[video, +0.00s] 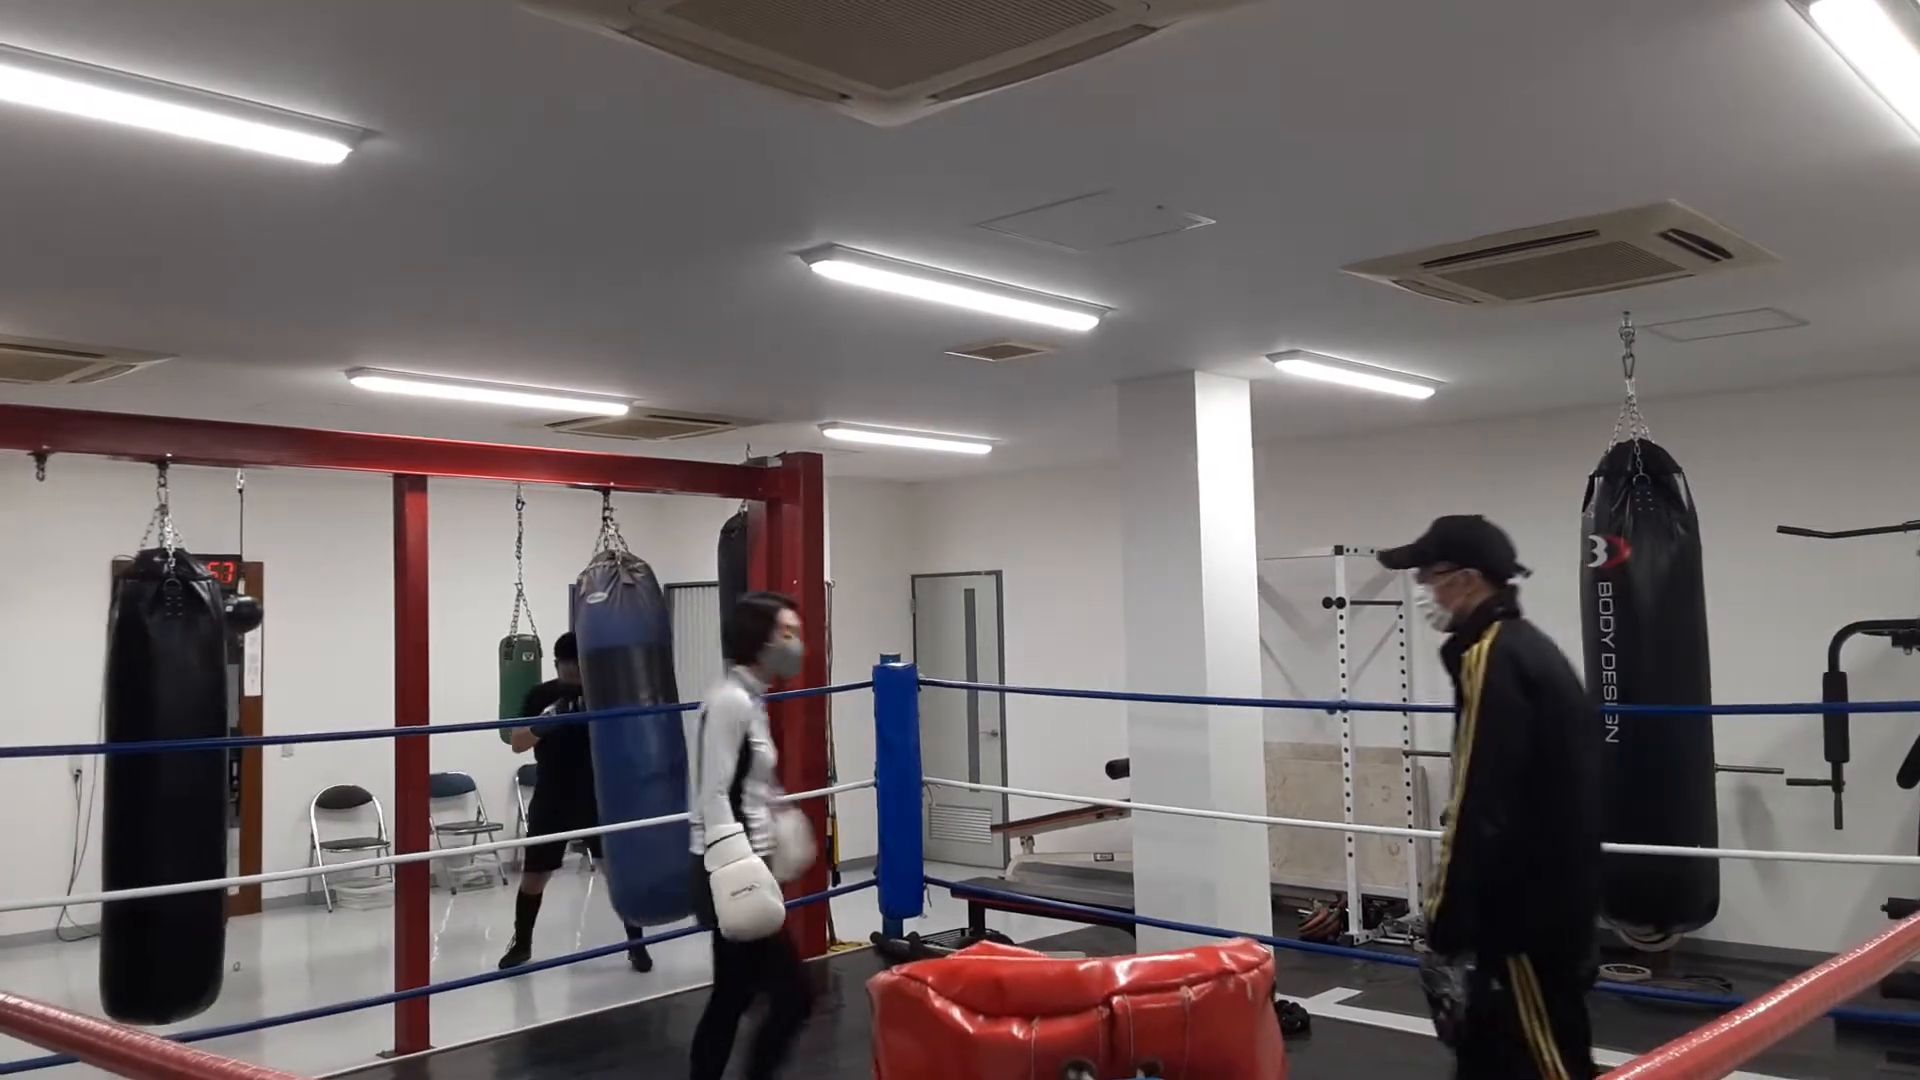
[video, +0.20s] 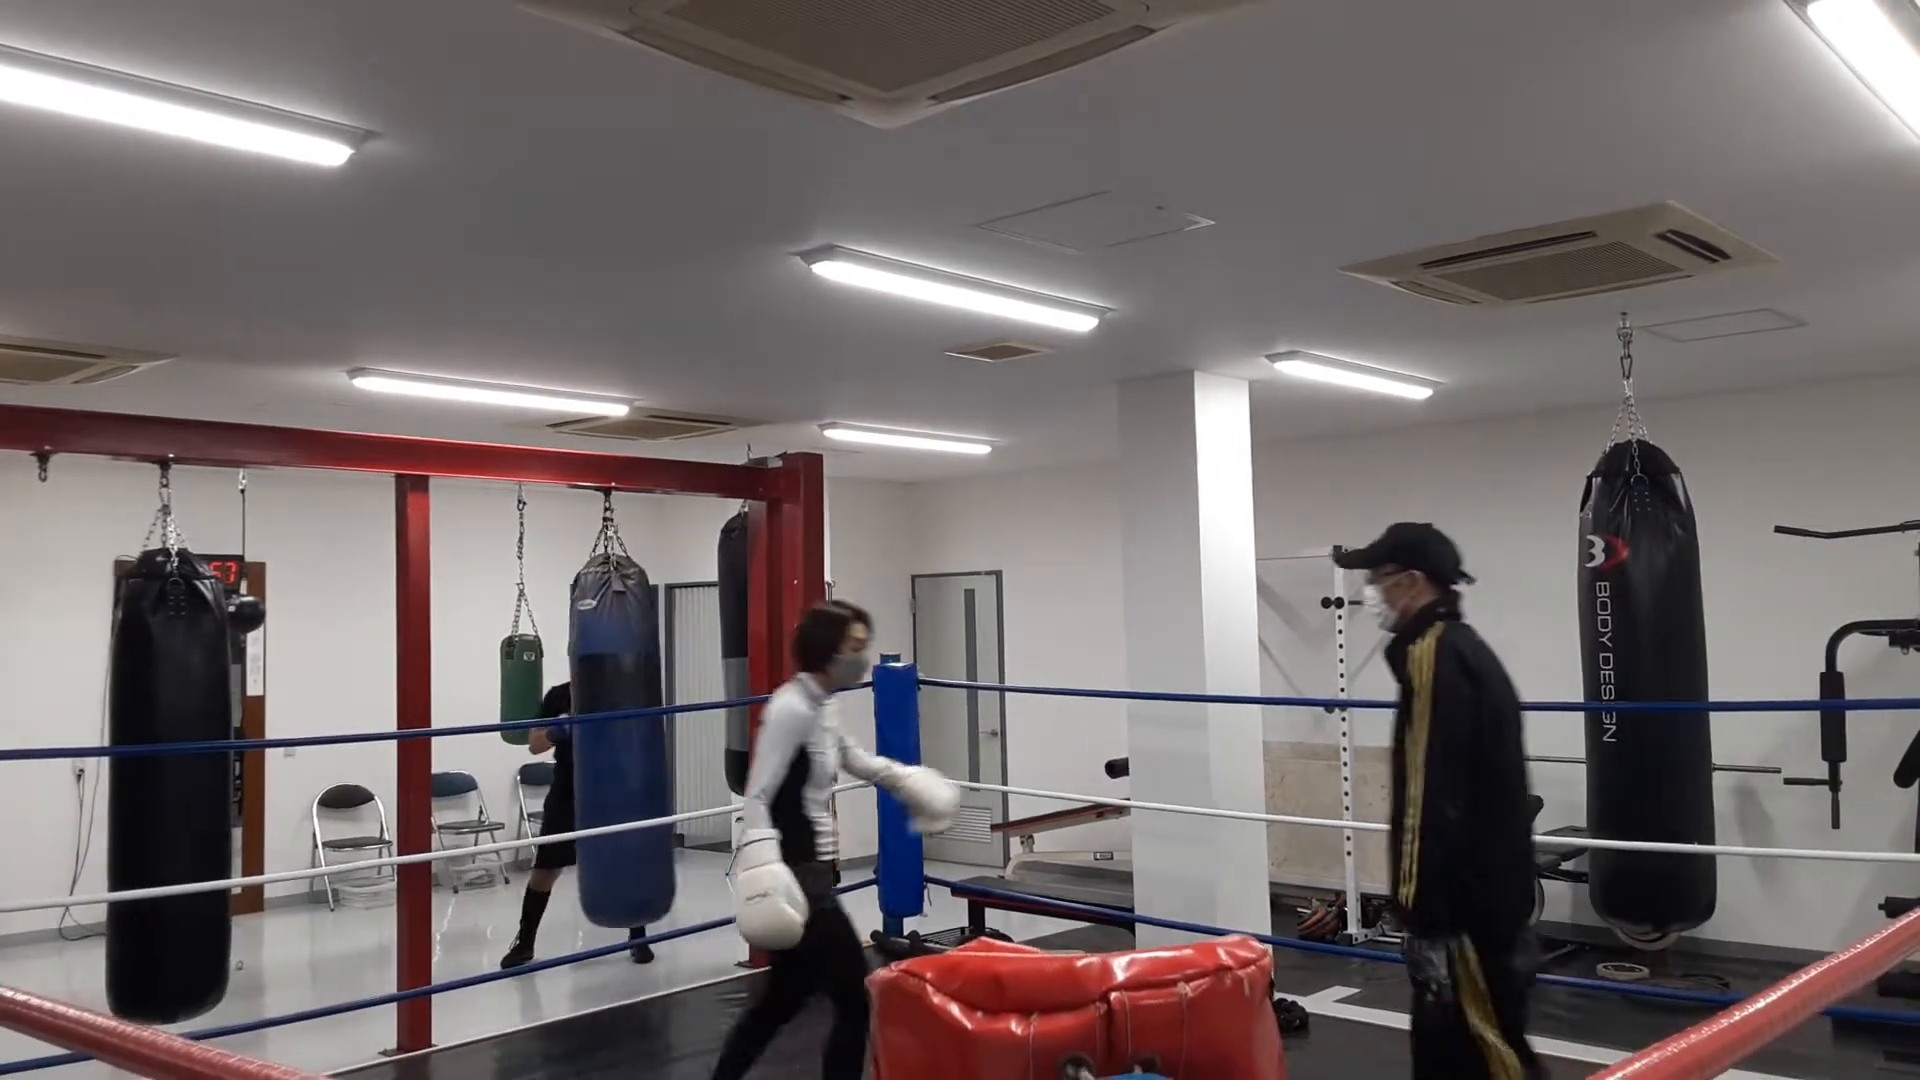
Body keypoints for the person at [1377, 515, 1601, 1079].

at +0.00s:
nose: (1428, 590)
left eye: (1434, 576)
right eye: (1426, 578)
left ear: (1467, 578)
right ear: (1477, 578)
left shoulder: (1492, 656)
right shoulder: (1530, 649)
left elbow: (1478, 805)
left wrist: (1445, 934)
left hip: (1518, 917)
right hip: (1549, 904)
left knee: (1548, 1062)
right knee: (1498, 1063)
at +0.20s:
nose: (1375, 591)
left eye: (1382, 579)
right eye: (1375, 580)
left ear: (1413, 582)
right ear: (1422, 582)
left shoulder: (1433, 654)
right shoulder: (1457, 647)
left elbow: (1431, 790)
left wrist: (1419, 908)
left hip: (1461, 904)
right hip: (1476, 897)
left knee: (1482, 1049)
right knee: (1446, 1051)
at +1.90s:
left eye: (1119, 578)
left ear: (1123, 581)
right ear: (1188, 585)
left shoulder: (1081, 652)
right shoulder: (1207, 663)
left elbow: (1042, 751)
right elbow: (1234, 786)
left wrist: (1102, 728)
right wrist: (1180, 744)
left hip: (1100, 868)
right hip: (1178, 871)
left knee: (1121, 1002)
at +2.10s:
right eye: (1187, 586)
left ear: (1120, 577)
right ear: (1185, 589)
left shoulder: (1071, 647)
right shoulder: (1196, 673)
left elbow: (1034, 736)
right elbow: (1217, 796)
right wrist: (1164, 749)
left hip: (1076, 872)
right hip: (1157, 878)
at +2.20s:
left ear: (1120, 577)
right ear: (1185, 592)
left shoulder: (1065, 645)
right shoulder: (1192, 679)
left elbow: (1028, 736)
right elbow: (1205, 793)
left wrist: (1086, 730)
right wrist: (1146, 760)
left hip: (1065, 861)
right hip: (1145, 869)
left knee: (1082, 996)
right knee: (1142, 1003)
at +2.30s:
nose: (1189, 602)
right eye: (1191, 595)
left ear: (1119, 581)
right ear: (1185, 600)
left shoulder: (1057, 646)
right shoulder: (1184, 687)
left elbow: (1020, 736)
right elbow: (1193, 789)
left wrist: (1077, 742)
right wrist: (1132, 768)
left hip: (1054, 854)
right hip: (1133, 866)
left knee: (1083, 983)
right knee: (1134, 992)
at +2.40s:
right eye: (1185, 603)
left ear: (1115, 584)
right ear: (1179, 606)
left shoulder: (1049, 648)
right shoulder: (1179, 692)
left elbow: (1019, 742)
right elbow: (1179, 796)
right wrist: (1123, 763)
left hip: (1046, 856)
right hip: (1123, 869)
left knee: (1067, 989)